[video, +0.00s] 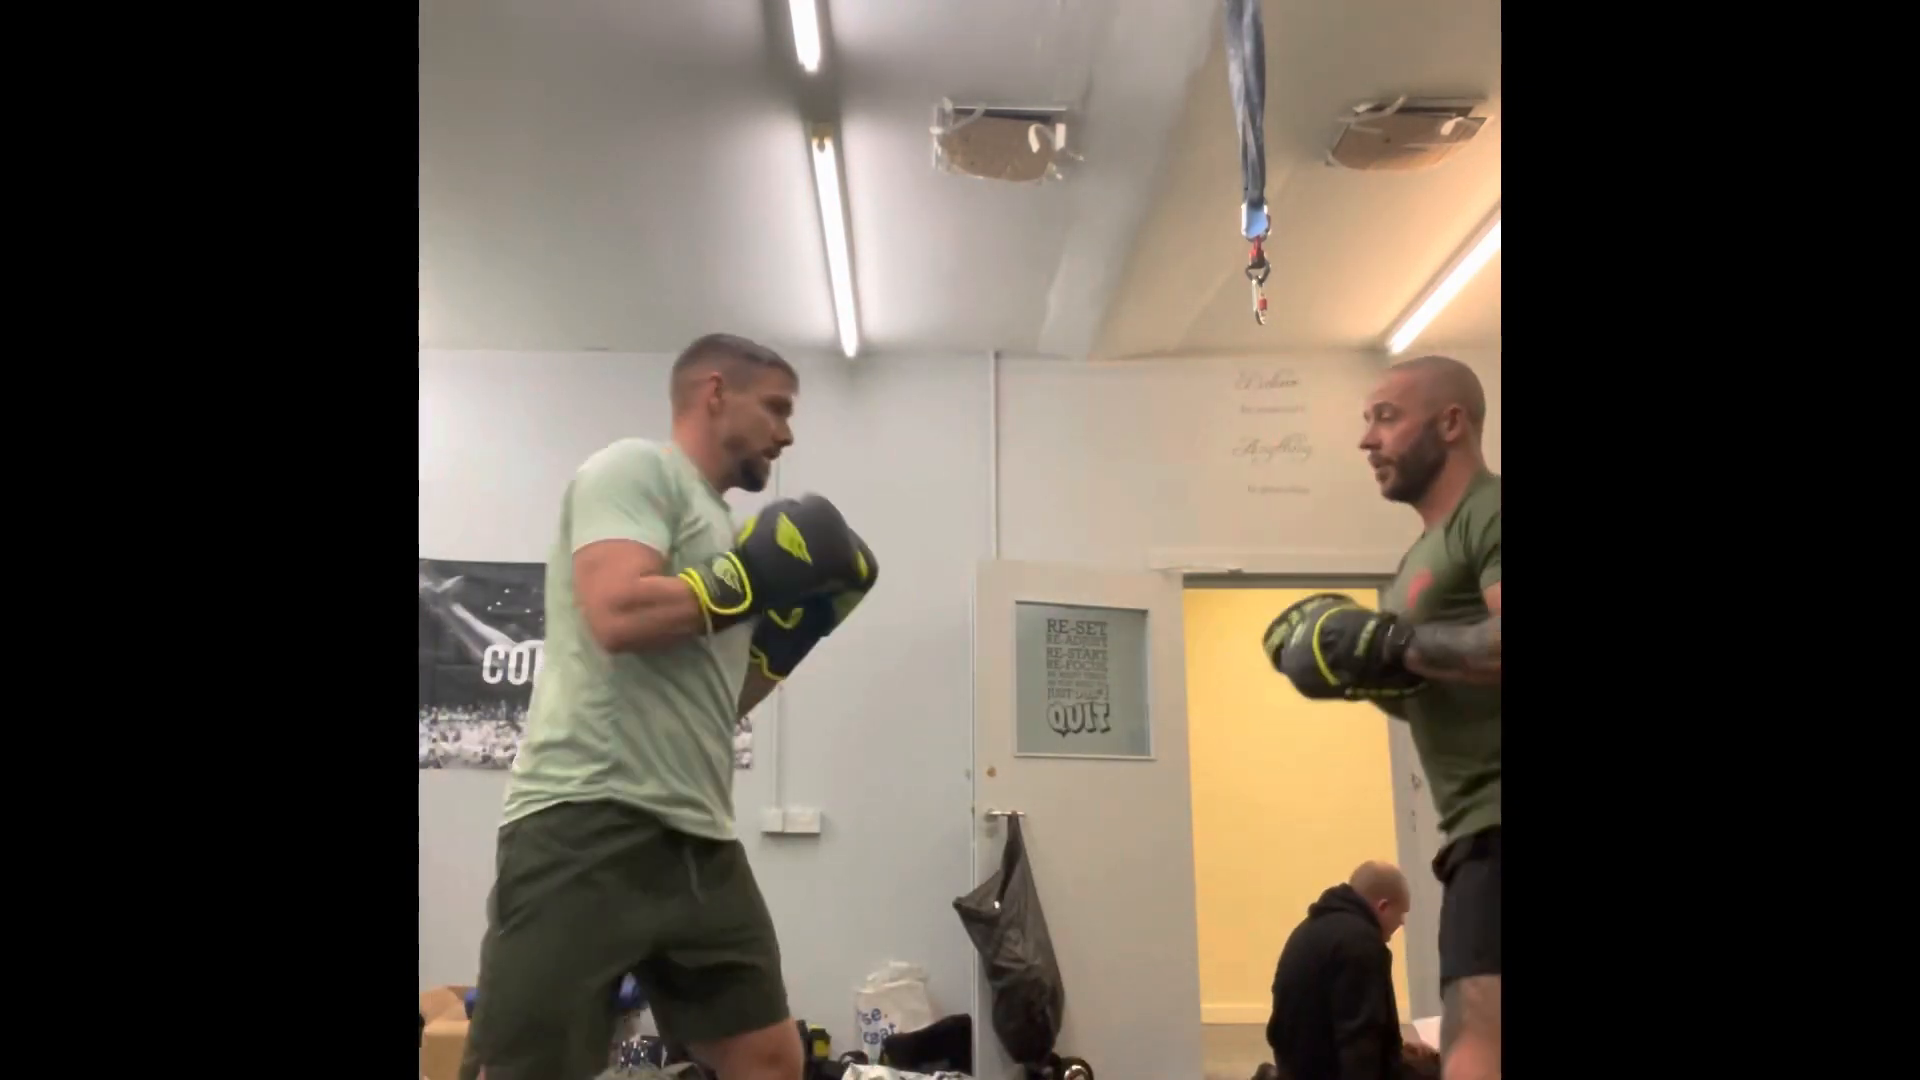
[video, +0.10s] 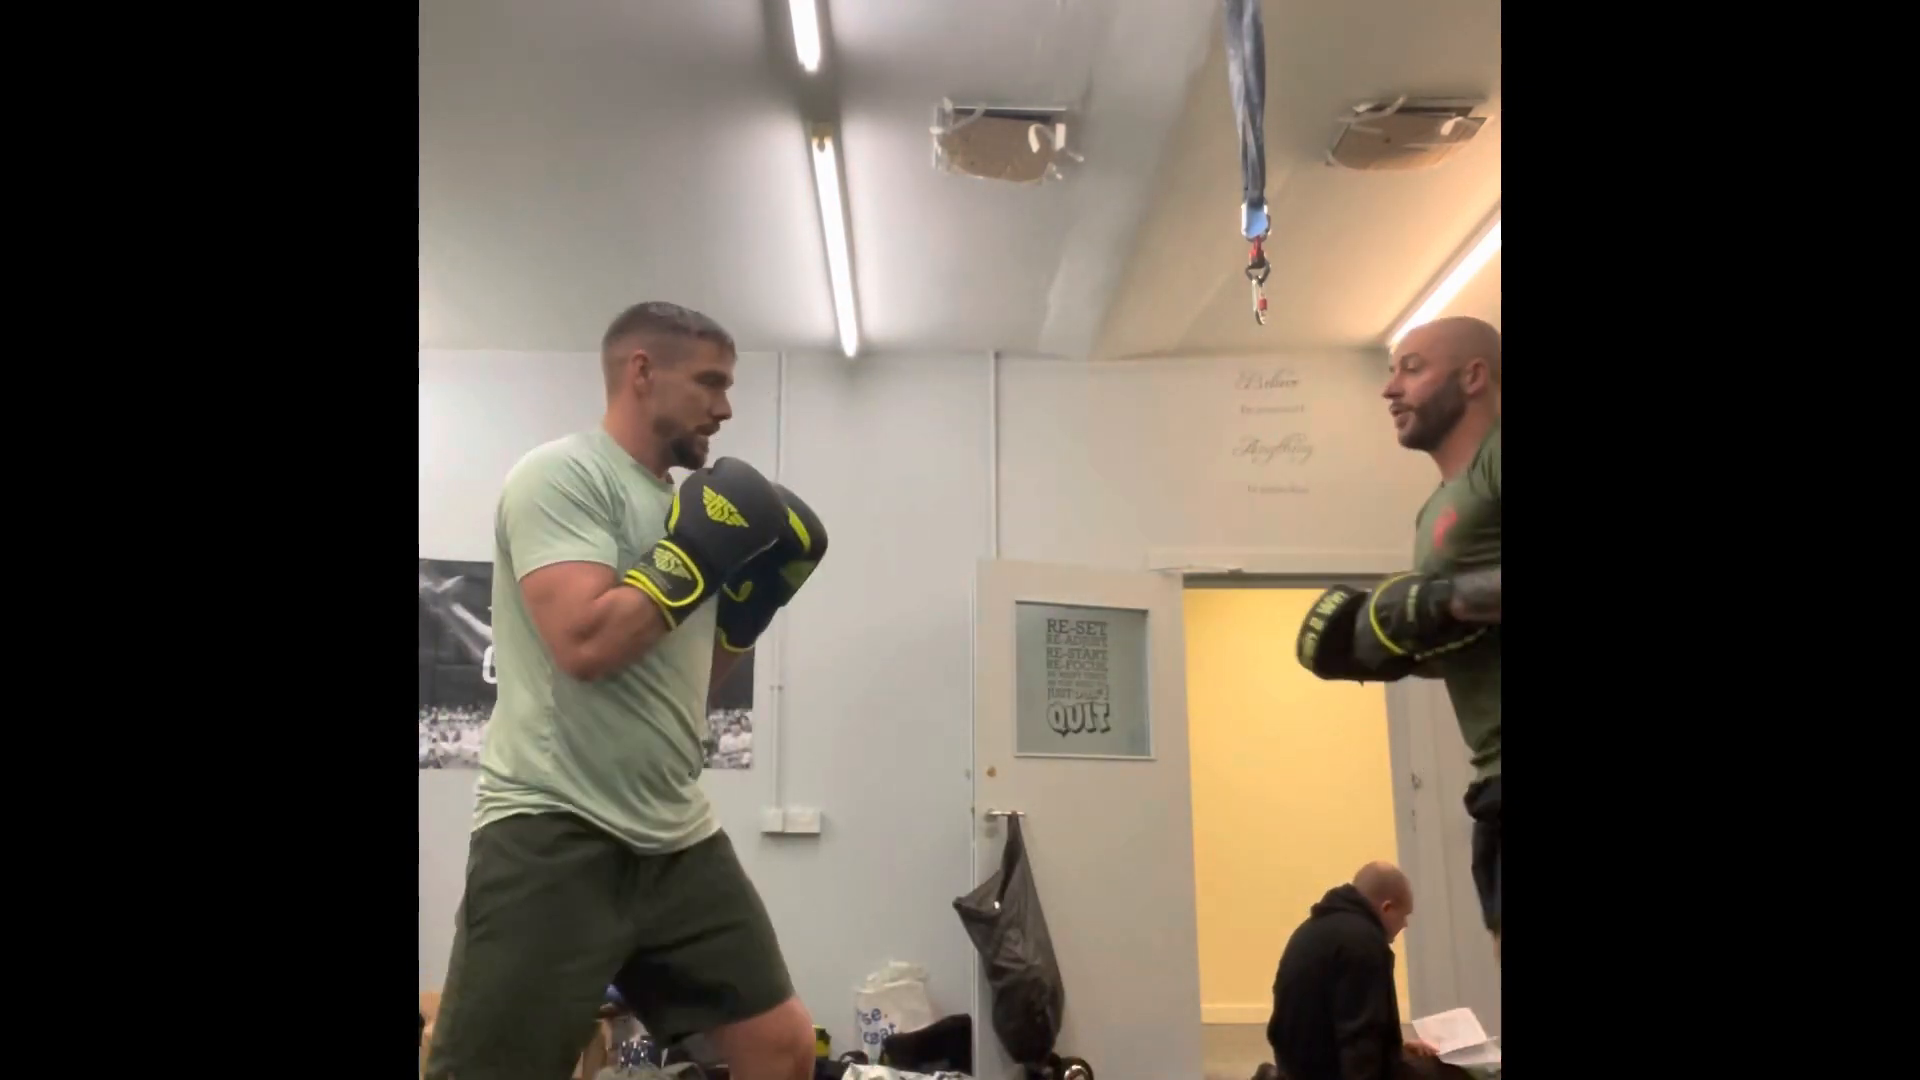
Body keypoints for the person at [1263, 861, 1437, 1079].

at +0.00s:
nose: (1400, 925)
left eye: (1402, 917)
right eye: (1400, 916)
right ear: (1382, 908)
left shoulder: (1308, 930)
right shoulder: (1362, 943)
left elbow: (1280, 1031)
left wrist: (1395, 1049)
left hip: (1299, 1067)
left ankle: (1272, 1073)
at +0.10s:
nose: (1404, 927)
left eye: (1406, 918)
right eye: (1404, 917)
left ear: (1358, 896)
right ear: (1386, 909)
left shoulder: (1311, 929)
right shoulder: (1365, 942)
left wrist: (1398, 1047)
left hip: (1298, 1068)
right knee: (1454, 1071)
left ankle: (1275, 1075)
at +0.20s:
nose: (1406, 926)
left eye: (1409, 917)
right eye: (1407, 916)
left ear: (1360, 897)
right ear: (1387, 909)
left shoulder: (1315, 927)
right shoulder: (1367, 942)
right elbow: (1365, 1037)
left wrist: (1396, 1047)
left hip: (1299, 1064)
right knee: (1451, 1069)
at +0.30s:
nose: (1406, 928)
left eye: (1409, 919)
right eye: (1407, 918)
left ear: (1361, 897)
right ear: (1388, 910)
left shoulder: (1314, 928)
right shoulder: (1367, 941)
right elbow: (1366, 1039)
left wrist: (1396, 1047)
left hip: (1298, 1066)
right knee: (1450, 1069)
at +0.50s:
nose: (1402, 944)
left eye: (1407, 936)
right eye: (1405, 934)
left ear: (1365, 903)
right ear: (1390, 916)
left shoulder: (1314, 928)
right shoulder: (1365, 941)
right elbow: (1364, 1038)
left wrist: (1397, 1048)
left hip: (1300, 1066)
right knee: (1450, 1070)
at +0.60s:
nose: (1401, 948)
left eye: (1407, 939)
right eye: (1405, 937)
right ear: (1390, 918)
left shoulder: (1316, 928)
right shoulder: (1365, 941)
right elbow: (1365, 1037)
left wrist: (1398, 1048)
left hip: (1298, 1064)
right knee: (1449, 1070)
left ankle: (1276, 1073)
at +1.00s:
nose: (1399, 951)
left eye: (1406, 941)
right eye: (1405, 938)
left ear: (1386, 913)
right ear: (1390, 918)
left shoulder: (1315, 927)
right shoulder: (1364, 940)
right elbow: (1362, 1041)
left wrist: (1397, 1047)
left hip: (1299, 1064)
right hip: (1336, 1069)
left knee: (1430, 1063)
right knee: (1449, 1069)